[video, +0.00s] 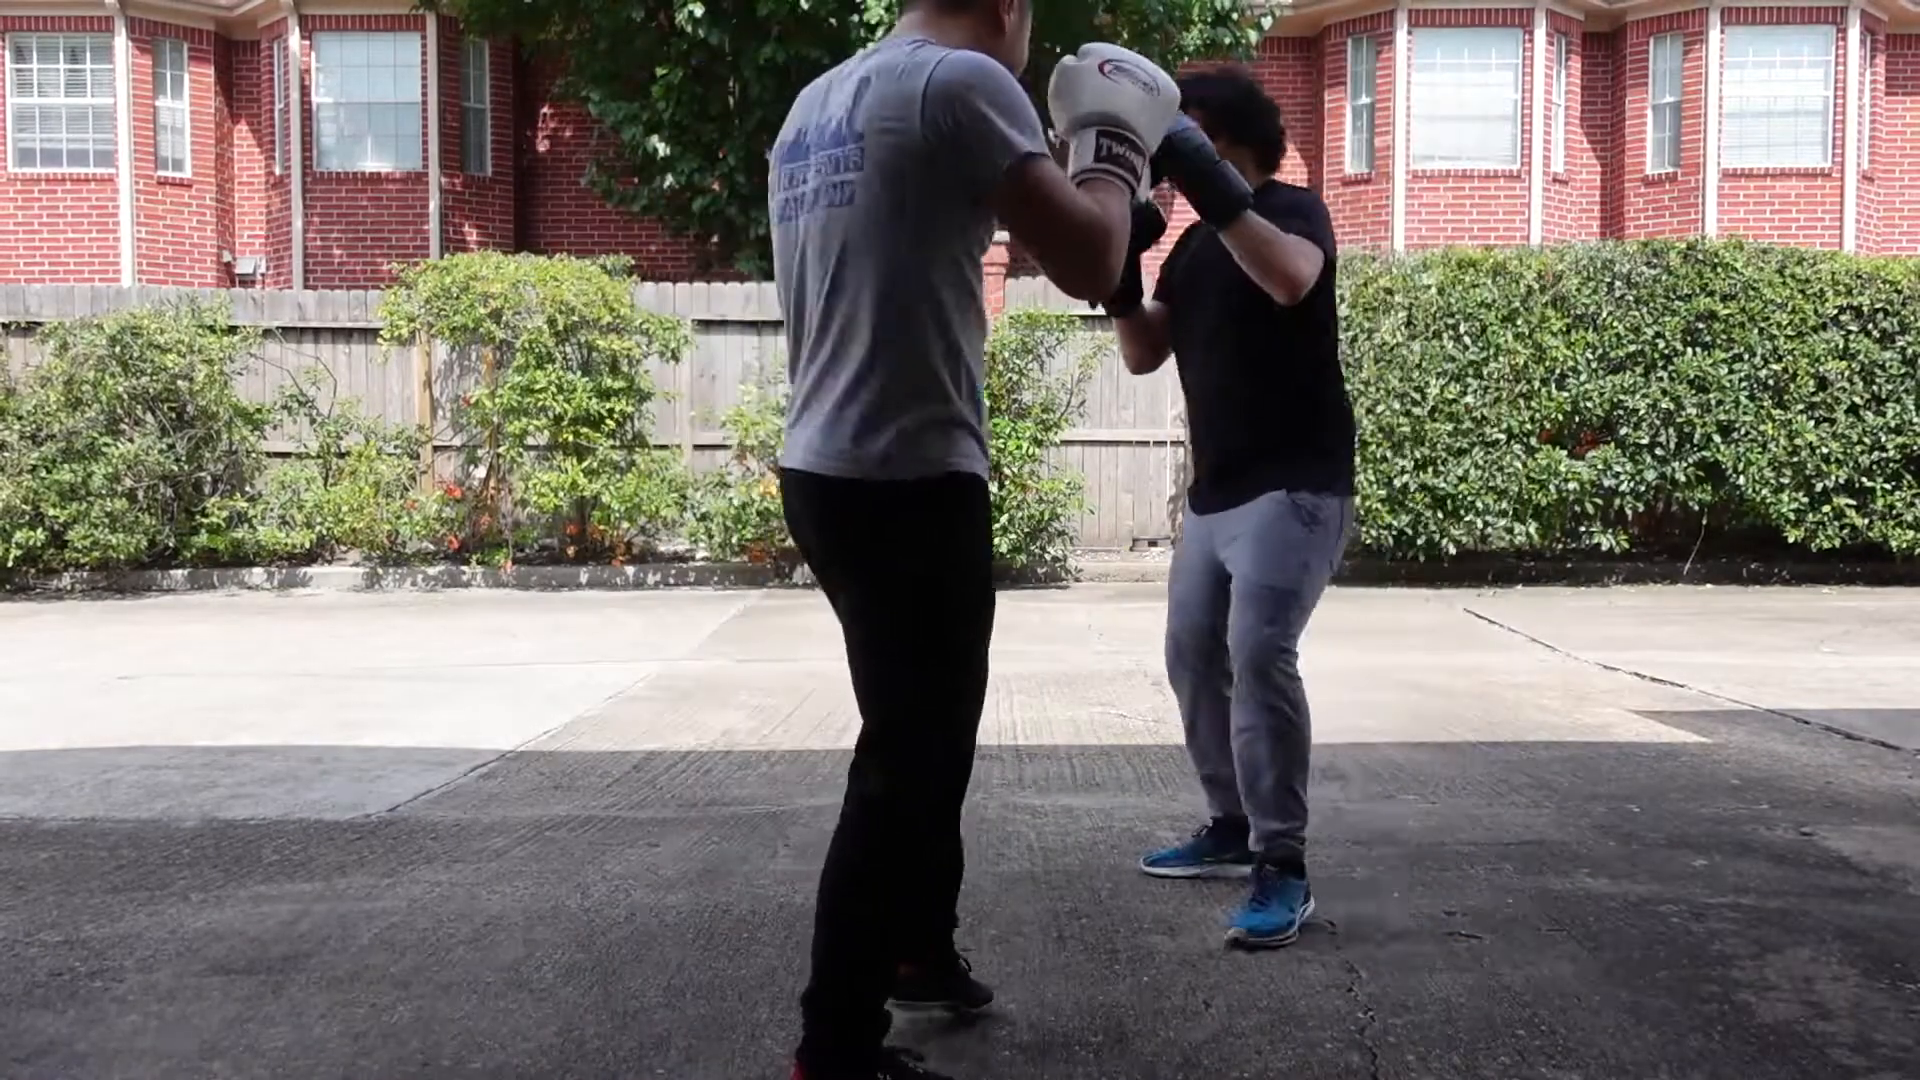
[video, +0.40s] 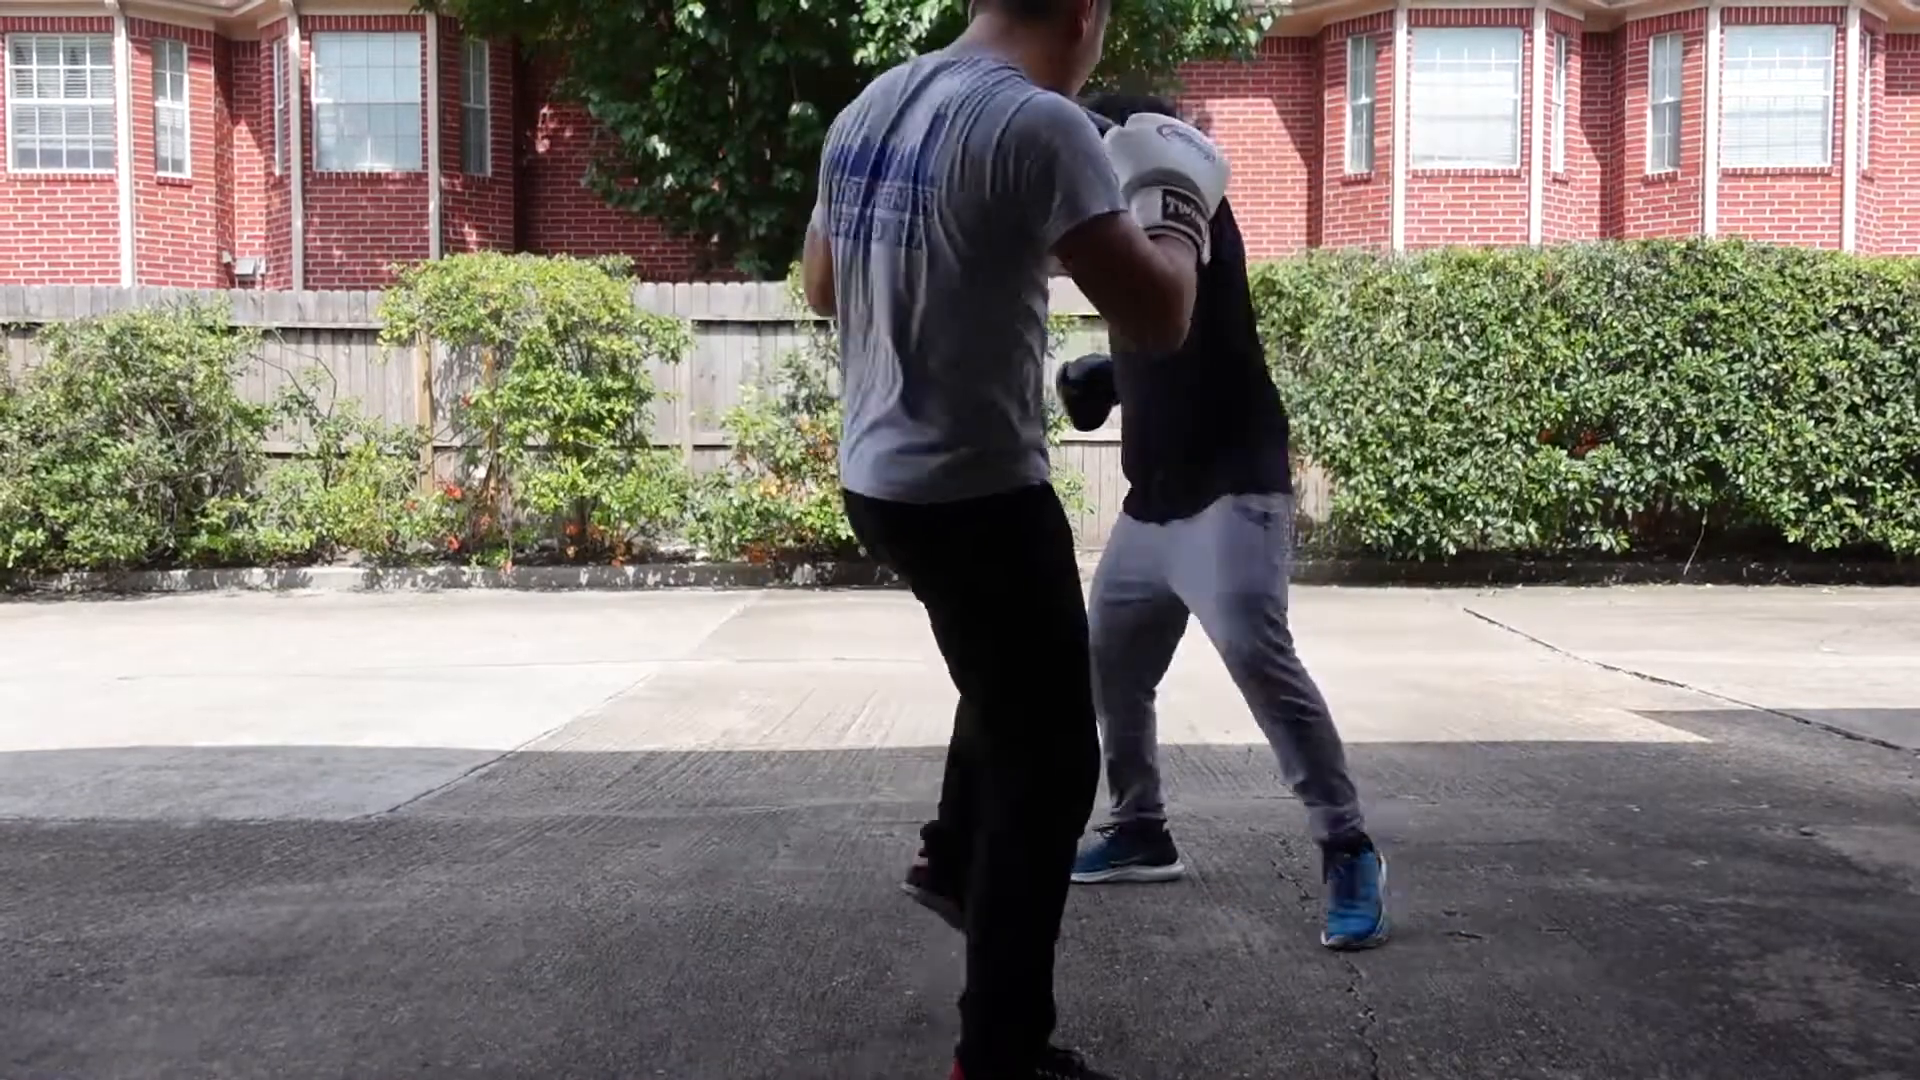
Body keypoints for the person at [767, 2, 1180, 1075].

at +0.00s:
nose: (1020, 33)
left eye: (1020, 23)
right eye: (1022, 23)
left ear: (910, 6)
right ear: (1002, 13)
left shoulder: (811, 105)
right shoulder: (961, 82)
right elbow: (1094, 260)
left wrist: (1065, 185)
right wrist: (1118, 149)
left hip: (827, 471)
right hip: (915, 478)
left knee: (924, 731)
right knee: (908, 753)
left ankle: (919, 956)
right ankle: (839, 1041)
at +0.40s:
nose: (1096, 56)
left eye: (1099, 38)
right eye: (1100, 35)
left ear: (977, 10)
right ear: (1083, 19)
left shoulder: (870, 102)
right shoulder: (1039, 121)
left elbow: (823, 285)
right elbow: (1159, 317)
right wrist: (1176, 223)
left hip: (883, 480)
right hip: (980, 492)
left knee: (1003, 676)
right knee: (1049, 757)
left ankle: (959, 854)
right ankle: (1006, 1043)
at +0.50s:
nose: (1141, 49)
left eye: (1141, 31)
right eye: (1143, 29)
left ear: (1020, 5)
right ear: (1124, 18)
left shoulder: (908, 86)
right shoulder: (1082, 131)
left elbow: (851, 266)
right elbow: (1186, 319)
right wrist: (1195, 223)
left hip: (868, 458)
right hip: (953, 480)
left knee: (1101, 428)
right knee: (1020, 751)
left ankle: (1062, 624)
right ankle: (998, 1048)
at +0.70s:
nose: (1206, 76)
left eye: (1212, 51)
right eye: (1213, 50)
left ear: (1093, 16)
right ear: (1190, 45)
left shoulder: (987, 103)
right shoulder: (1106, 179)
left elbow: (873, 260)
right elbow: (1123, 409)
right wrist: (1200, 385)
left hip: (864, 425)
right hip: (937, 487)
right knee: (997, 751)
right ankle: (993, 1046)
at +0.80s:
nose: (1197, 90)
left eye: (1203, 63)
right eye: (1204, 62)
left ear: (1077, 26)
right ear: (1184, 52)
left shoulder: (959, 108)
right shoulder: (1119, 190)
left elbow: (826, 254)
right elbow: (1131, 428)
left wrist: (810, 350)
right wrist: (1201, 432)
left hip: (859, 432)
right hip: (948, 485)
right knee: (1041, 757)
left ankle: (910, 577)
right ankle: (996, 1048)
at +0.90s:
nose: (1168, 74)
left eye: (1172, 56)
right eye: (1174, 52)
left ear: (1050, 24)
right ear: (1162, 37)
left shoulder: (932, 108)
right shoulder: (1122, 185)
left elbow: (821, 248)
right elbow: (1137, 405)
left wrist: (945, 248)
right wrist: (1195, 396)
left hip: (834, 448)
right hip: (943, 481)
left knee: (963, 602)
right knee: (1047, 756)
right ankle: (999, 1055)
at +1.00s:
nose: (1129, 69)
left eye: (1129, 48)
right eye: (1133, 45)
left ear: (1012, 14)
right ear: (1114, 28)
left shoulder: (902, 114)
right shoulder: (1064, 153)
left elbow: (941, 302)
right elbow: (1110, 371)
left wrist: (1093, 284)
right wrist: (1193, 315)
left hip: (833, 465)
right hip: (945, 485)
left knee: (904, 726)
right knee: (1036, 766)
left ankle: (861, 971)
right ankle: (1012, 1051)